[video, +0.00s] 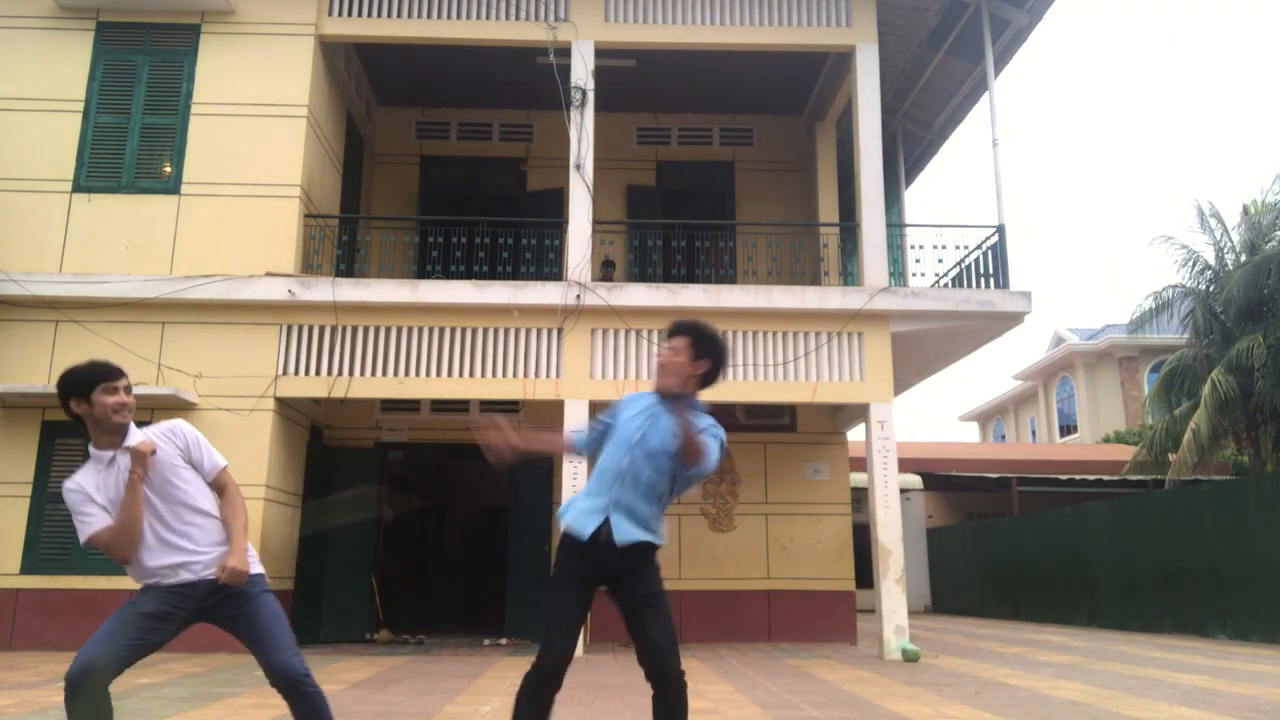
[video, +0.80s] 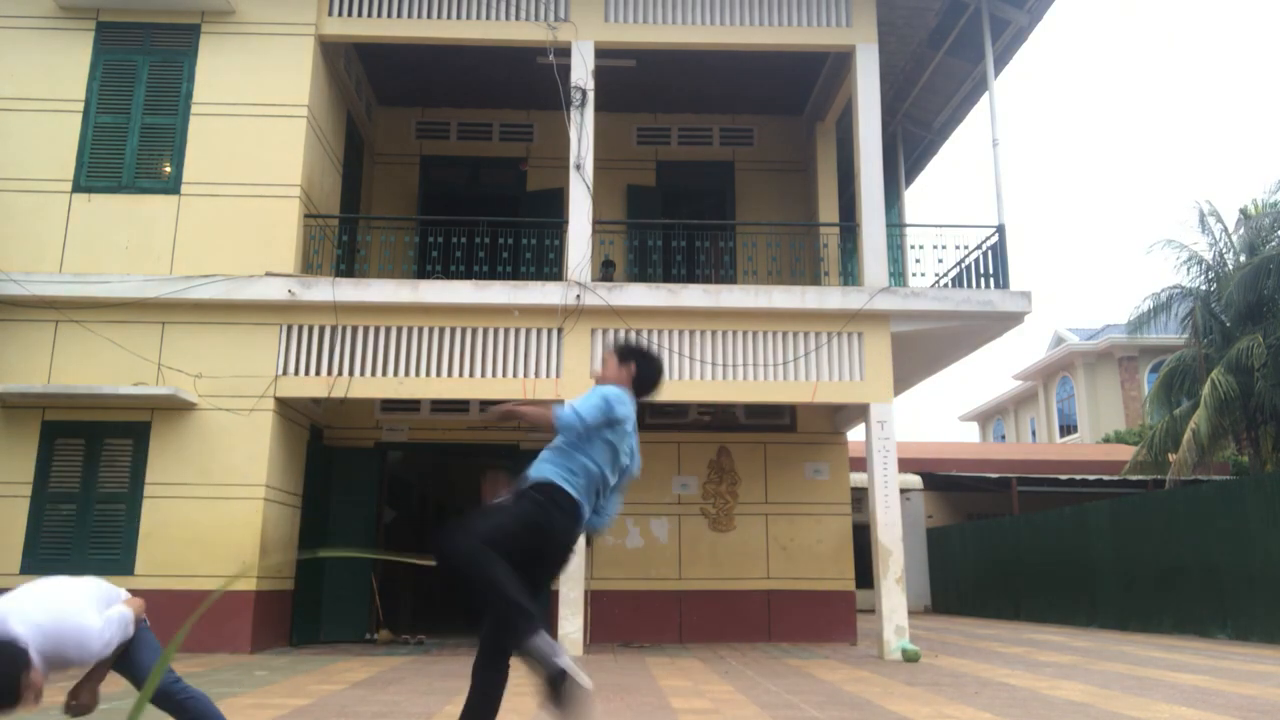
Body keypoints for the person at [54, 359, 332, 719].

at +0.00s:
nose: (124, 400)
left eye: (126, 391)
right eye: (109, 392)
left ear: (134, 396)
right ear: (78, 406)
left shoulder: (175, 434)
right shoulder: (80, 486)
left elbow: (227, 487)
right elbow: (120, 549)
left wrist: (238, 551)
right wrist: (137, 475)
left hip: (234, 579)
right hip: (165, 592)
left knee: (290, 673)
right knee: (84, 676)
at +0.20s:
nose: (123, 387)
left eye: (126, 379)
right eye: (109, 379)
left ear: (131, 384)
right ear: (77, 391)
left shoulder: (167, 427)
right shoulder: (67, 470)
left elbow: (221, 481)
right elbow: (103, 539)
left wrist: (220, 547)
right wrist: (130, 469)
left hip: (217, 574)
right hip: (152, 586)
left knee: (268, 672)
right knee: (81, 675)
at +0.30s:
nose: (106, 374)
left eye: (110, 365)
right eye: (93, 366)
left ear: (115, 369)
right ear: (58, 376)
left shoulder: (146, 415)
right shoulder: (42, 449)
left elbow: (190, 479)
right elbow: (61, 523)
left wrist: (191, 554)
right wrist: (105, 464)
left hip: (185, 569)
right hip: (119, 580)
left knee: (243, 666)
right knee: (68, 675)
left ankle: (291, 716)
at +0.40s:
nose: (22, 409)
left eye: (27, 396)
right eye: (9, 405)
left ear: (41, 395)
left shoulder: (99, 430)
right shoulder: (11, 467)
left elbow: (163, 475)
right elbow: (4, 523)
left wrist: (152, 534)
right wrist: (34, 479)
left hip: (159, 573)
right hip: (88, 582)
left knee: (213, 662)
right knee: (12, 658)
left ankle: (252, 717)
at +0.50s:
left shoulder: (41, 507)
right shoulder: (12, 519)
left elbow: (130, 487)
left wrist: (117, 545)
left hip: (132, 604)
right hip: (62, 607)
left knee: (193, 670)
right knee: (0, 659)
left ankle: (235, 714)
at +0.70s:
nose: (12, 701)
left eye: (8, 695)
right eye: (7, 697)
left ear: (11, 678)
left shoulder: (72, 653)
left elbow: (136, 612)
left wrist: (70, 678)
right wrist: (62, 674)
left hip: (110, 609)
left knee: (155, 692)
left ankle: (211, 716)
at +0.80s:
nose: (34, 701)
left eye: (29, 693)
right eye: (24, 702)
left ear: (29, 669)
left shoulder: (84, 643)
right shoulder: (3, 630)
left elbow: (137, 606)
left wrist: (92, 681)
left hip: (113, 611)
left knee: (163, 689)